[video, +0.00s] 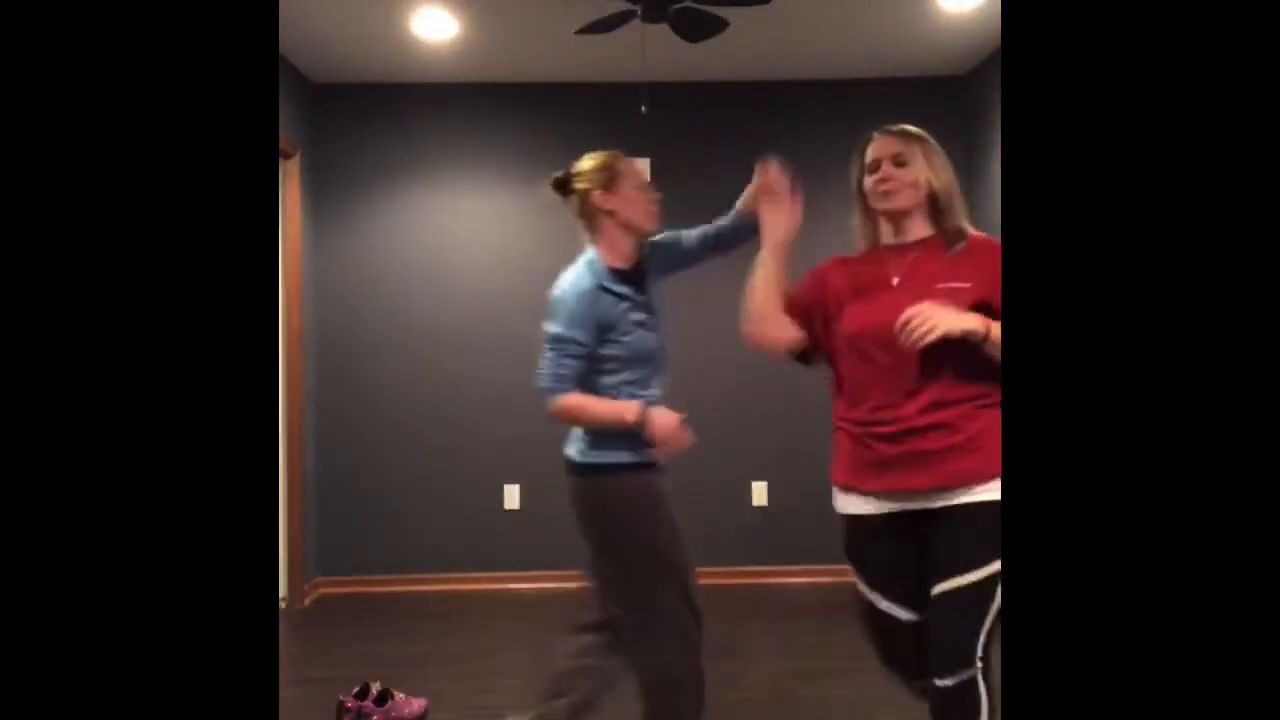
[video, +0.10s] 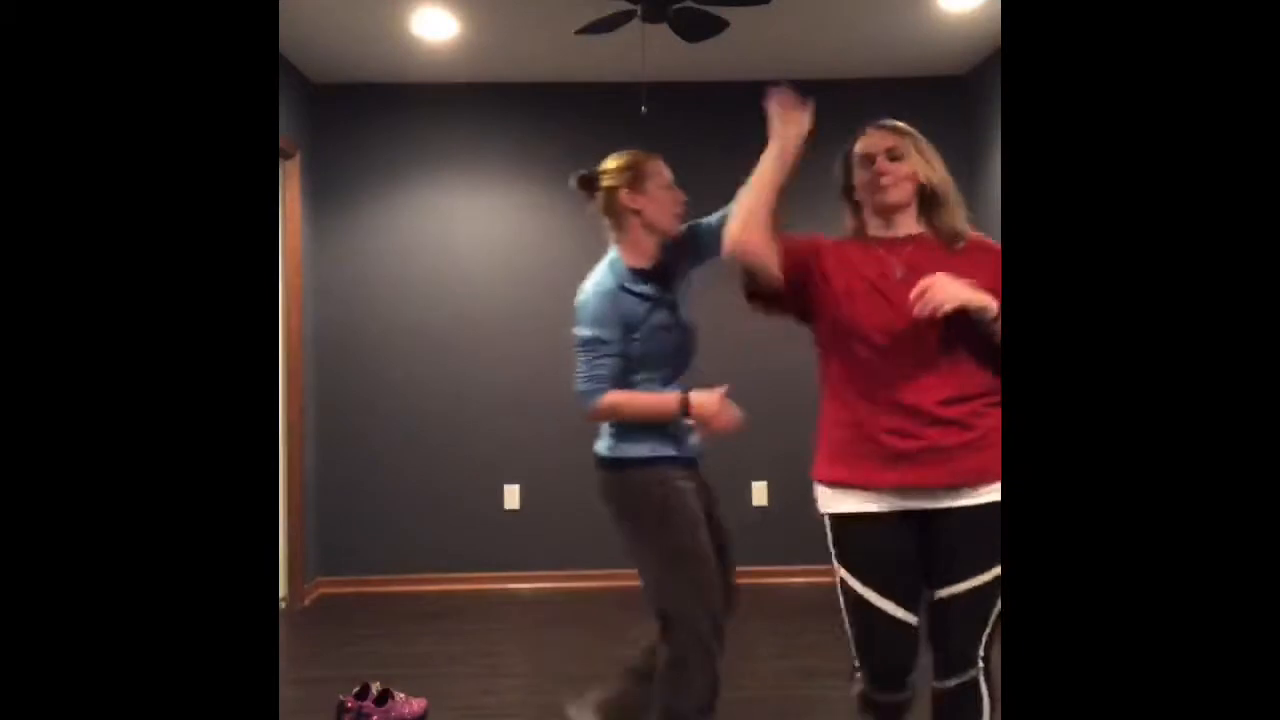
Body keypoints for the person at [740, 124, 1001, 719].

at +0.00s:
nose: (884, 173)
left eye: (899, 161)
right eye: (873, 168)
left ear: (932, 173)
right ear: (862, 189)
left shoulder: (983, 259)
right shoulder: (841, 277)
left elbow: (1003, 347)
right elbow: (765, 331)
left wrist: (974, 324)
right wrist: (773, 241)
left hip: (972, 495)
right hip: (872, 502)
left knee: (953, 667)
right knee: (902, 656)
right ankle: (964, 704)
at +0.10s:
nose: (881, 168)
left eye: (895, 156)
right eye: (866, 161)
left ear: (925, 172)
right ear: (850, 185)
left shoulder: (983, 259)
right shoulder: (826, 260)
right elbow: (741, 242)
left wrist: (984, 305)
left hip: (973, 489)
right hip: (863, 493)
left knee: (962, 671)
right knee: (886, 675)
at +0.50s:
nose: (794, 162)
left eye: (789, 148)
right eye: (784, 150)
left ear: (713, 166)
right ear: (755, 162)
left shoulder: (712, 244)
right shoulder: (773, 231)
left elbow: (776, 334)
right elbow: (920, 257)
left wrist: (861, 341)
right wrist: (918, 239)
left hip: (726, 480)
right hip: (789, 485)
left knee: (841, 635)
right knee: (811, 658)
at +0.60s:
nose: (781, 161)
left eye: (772, 144)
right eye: (766, 147)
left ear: (685, 165)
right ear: (733, 164)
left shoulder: (659, 249)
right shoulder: (761, 241)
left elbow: (718, 346)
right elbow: (873, 324)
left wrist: (813, 359)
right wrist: (894, 344)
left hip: (669, 481)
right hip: (761, 486)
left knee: (725, 635)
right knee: (783, 661)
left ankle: (672, 703)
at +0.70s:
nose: (749, 161)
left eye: (740, 147)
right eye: (736, 148)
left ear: (645, 161)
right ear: (710, 162)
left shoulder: (615, 254)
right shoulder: (760, 248)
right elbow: (806, 351)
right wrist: (859, 374)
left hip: (619, 488)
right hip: (736, 494)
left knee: (630, 650)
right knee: (756, 670)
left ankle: (605, 696)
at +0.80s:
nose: (716, 164)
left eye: (711, 151)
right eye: (708, 152)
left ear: (616, 159)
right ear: (688, 161)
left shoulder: (582, 242)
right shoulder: (731, 250)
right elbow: (767, 353)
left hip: (583, 489)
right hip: (698, 494)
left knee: (583, 675)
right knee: (731, 665)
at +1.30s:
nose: (719, 178)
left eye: (715, 166)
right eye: (709, 167)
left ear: (646, 181)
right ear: (679, 180)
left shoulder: (629, 262)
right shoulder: (695, 264)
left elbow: (717, 263)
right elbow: (704, 370)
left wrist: (774, 201)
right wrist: (816, 374)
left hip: (625, 480)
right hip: (694, 490)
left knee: (667, 627)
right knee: (685, 650)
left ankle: (619, 707)